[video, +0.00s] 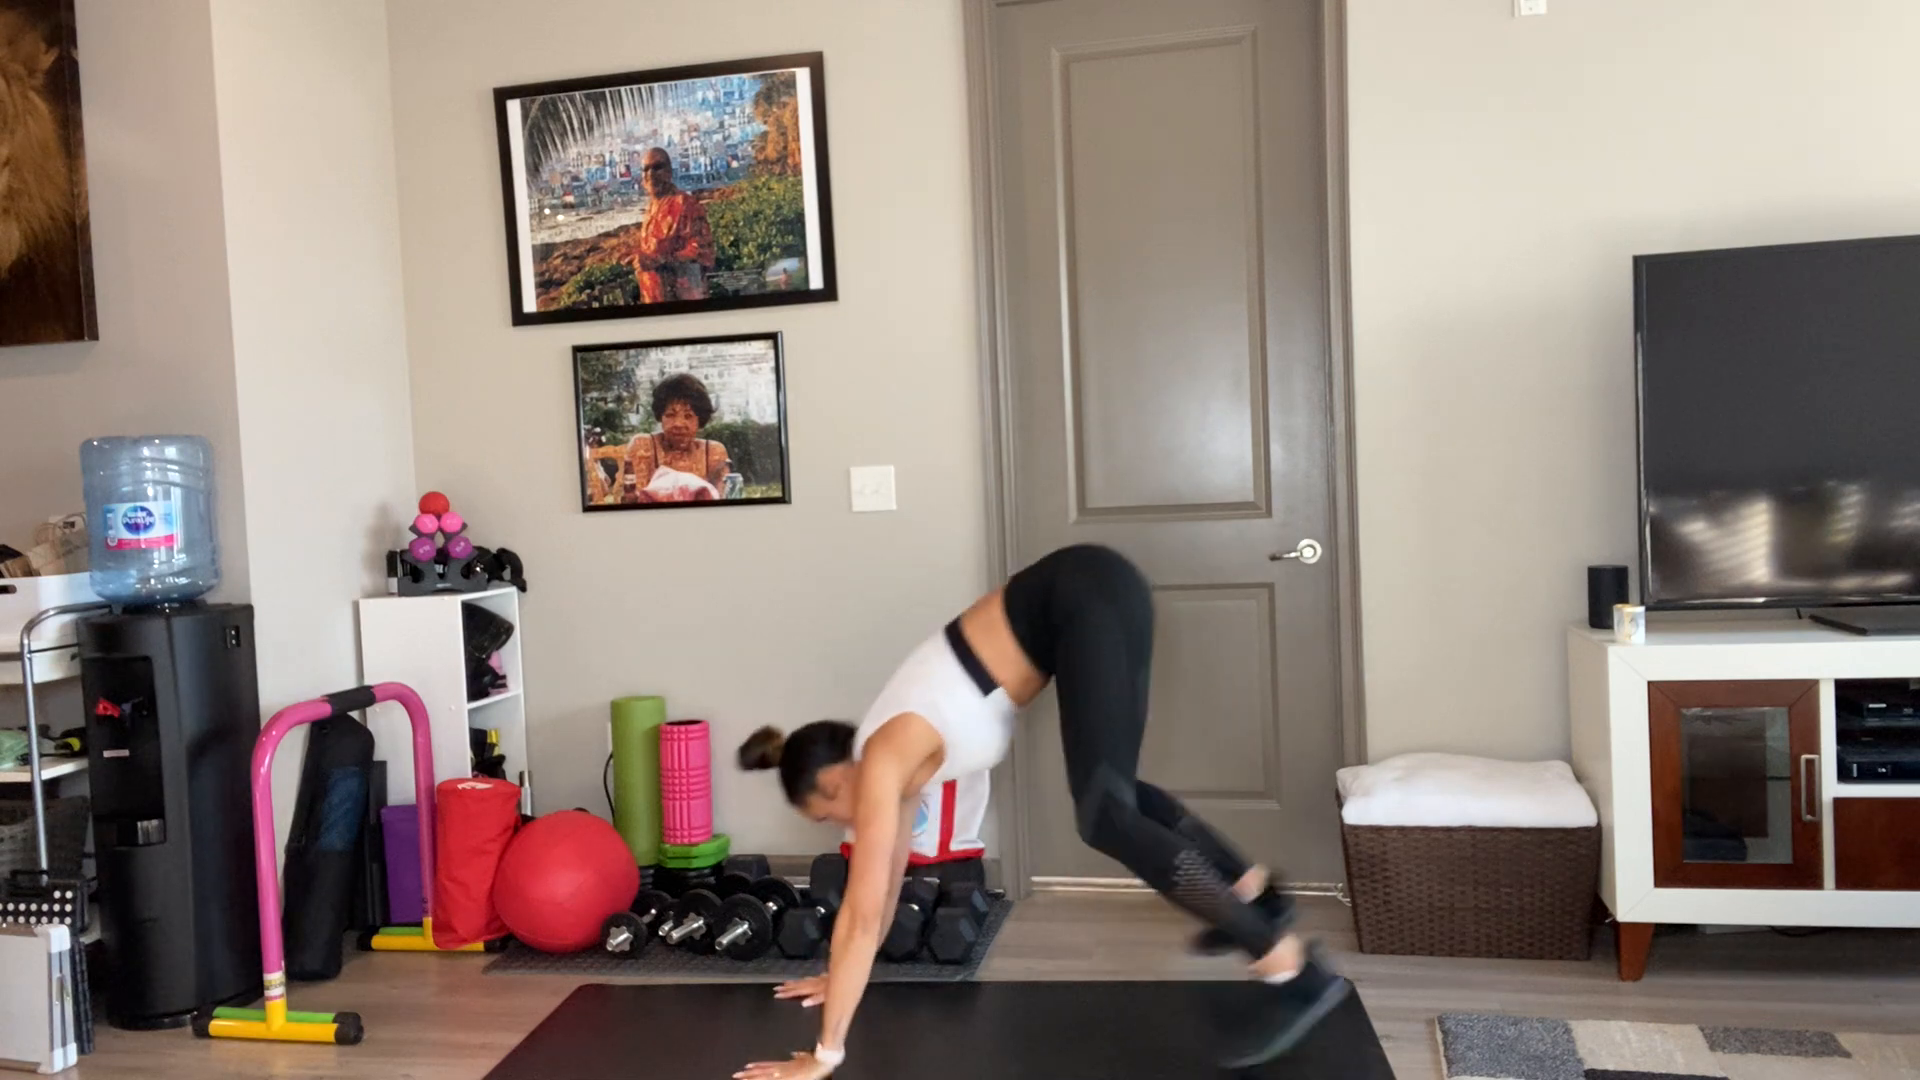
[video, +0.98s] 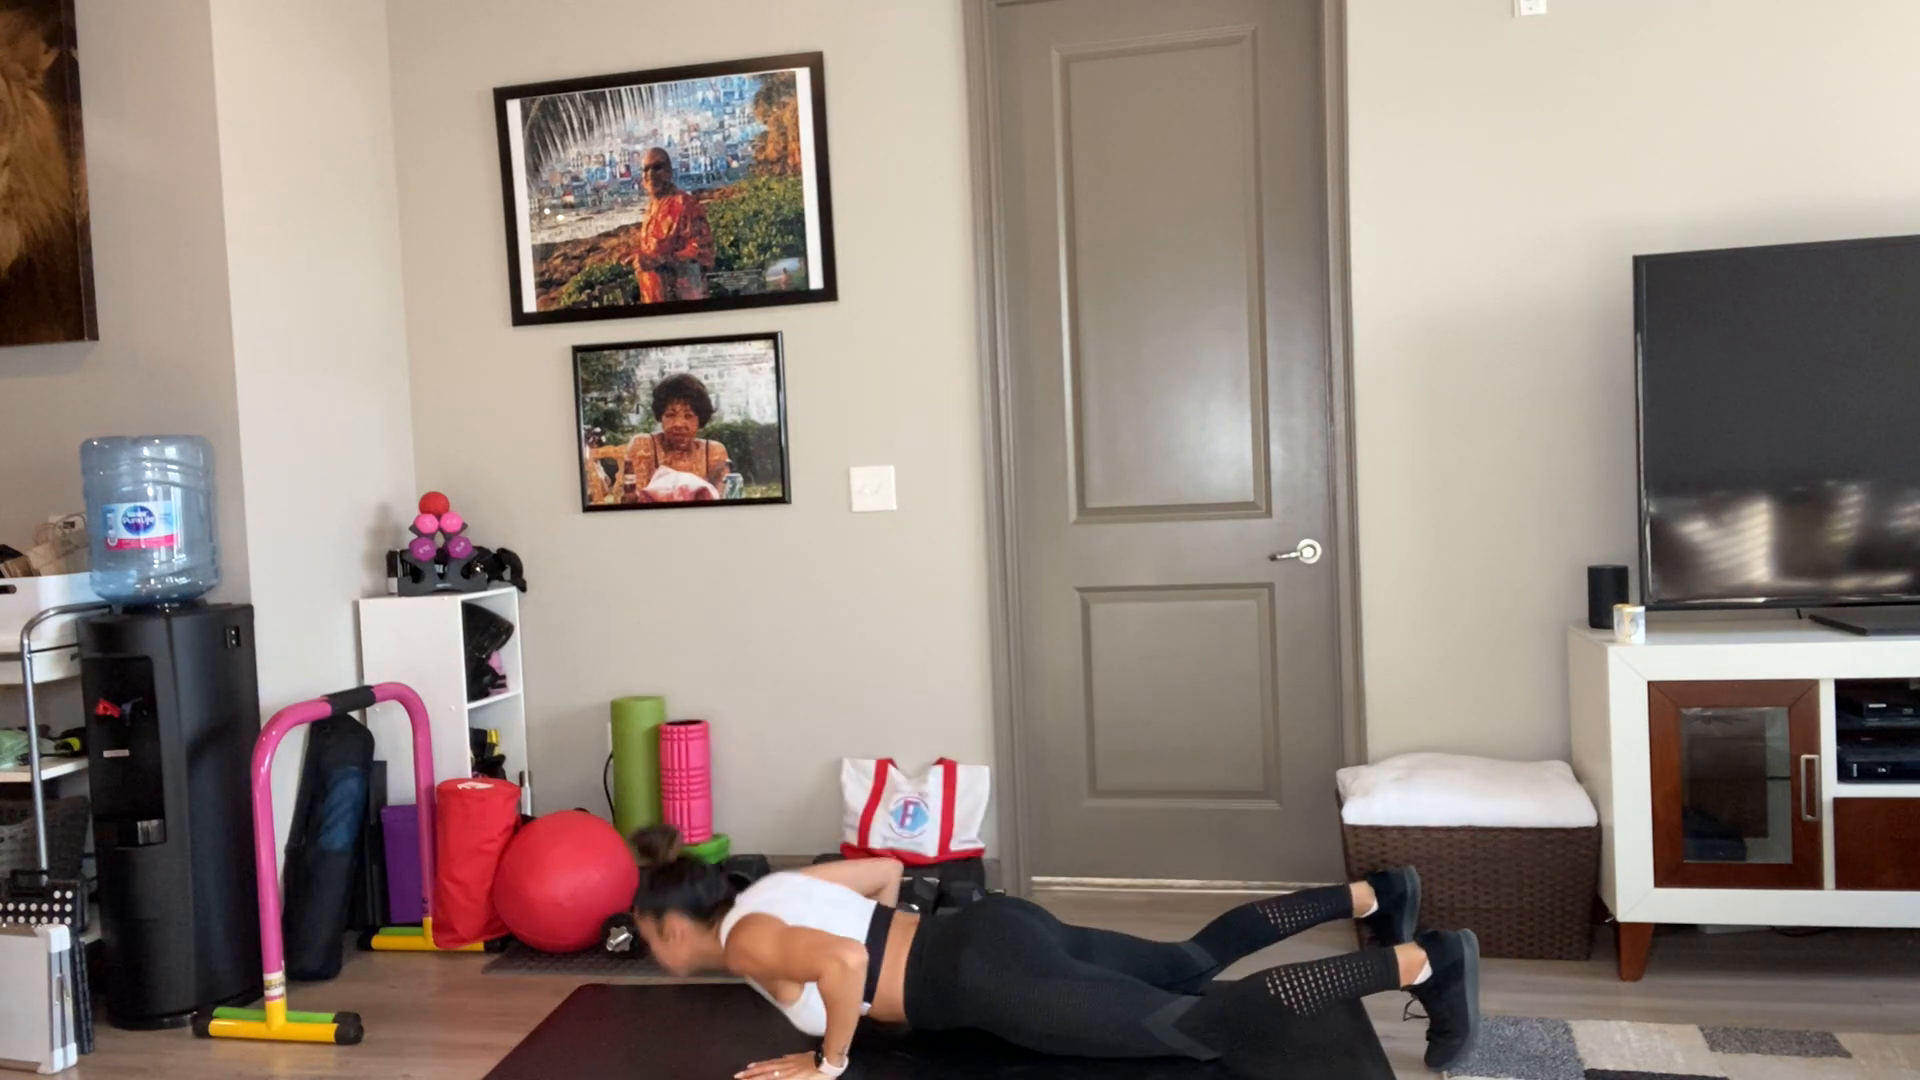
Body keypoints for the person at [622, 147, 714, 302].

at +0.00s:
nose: (650, 174)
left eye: (657, 167)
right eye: (645, 169)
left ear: (669, 171)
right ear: (642, 176)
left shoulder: (686, 204)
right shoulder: (653, 207)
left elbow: (702, 254)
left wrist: (657, 261)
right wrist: (638, 257)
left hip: (683, 297)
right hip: (655, 297)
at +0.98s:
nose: (650, 175)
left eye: (657, 167)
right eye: (646, 169)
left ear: (669, 172)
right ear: (642, 176)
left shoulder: (686, 204)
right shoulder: (654, 206)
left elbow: (702, 255)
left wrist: (657, 260)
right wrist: (638, 257)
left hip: (683, 297)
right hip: (655, 297)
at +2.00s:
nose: (650, 174)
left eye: (657, 167)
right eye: (645, 169)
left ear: (669, 171)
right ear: (642, 176)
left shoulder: (686, 204)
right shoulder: (654, 206)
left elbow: (702, 255)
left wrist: (656, 260)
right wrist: (638, 257)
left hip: (683, 297)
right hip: (655, 297)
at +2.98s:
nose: (650, 175)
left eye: (657, 168)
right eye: (645, 169)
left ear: (669, 172)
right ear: (642, 175)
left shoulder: (685, 204)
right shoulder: (654, 206)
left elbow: (703, 254)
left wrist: (657, 260)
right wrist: (639, 257)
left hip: (682, 297)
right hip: (655, 296)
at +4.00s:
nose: (650, 175)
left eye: (657, 167)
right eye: (645, 169)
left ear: (669, 172)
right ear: (642, 176)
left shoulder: (686, 204)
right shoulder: (654, 206)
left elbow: (703, 255)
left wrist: (657, 261)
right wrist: (638, 258)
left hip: (683, 297)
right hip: (655, 297)